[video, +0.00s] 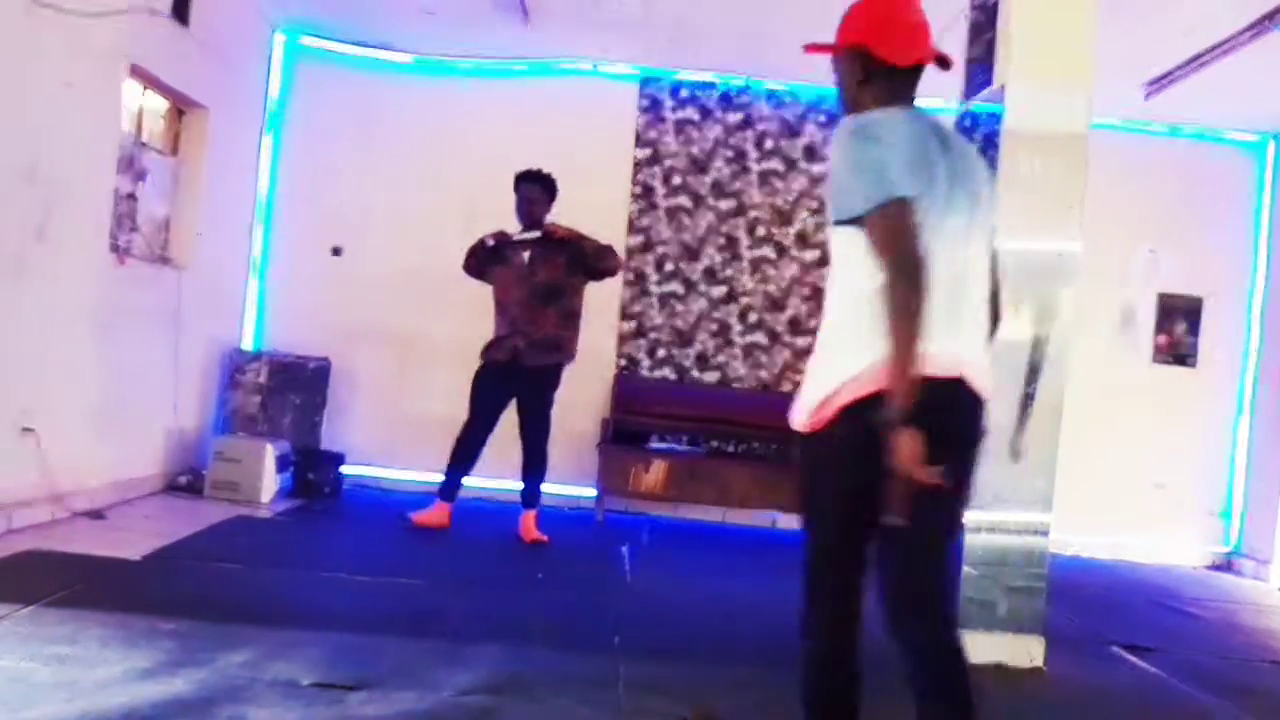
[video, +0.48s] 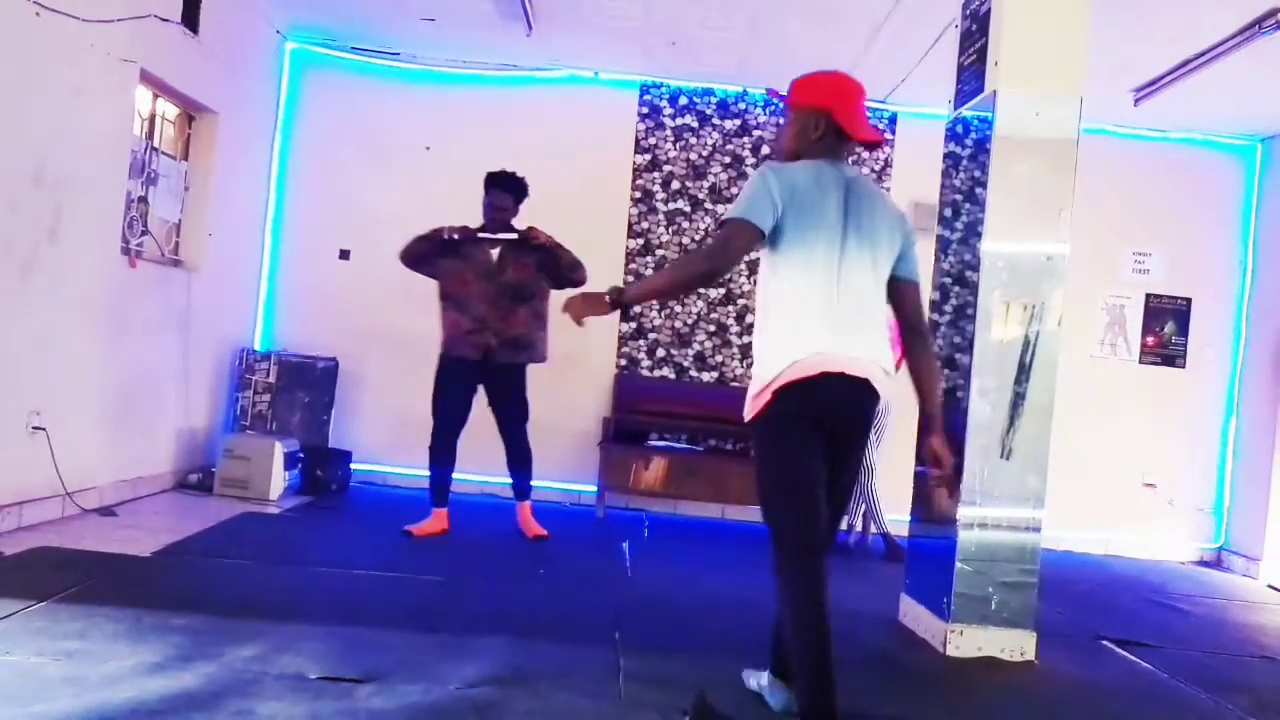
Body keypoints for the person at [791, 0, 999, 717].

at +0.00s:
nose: (834, 75)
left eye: (839, 64)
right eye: (836, 63)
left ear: (857, 66)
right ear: (916, 71)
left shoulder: (866, 134)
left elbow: (902, 262)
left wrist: (904, 413)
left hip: (859, 406)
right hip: (947, 404)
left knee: (829, 613)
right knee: (922, 612)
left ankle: (829, 714)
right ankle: (950, 715)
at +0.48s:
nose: (780, 132)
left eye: (790, 120)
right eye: (787, 119)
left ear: (814, 125)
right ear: (847, 135)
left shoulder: (782, 180)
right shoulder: (892, 215)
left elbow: (714, 259)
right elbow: (916, 329)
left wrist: (619, 299)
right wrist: (933, 423)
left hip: (794, 386)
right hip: (861, 397)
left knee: (801, 557)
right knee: (806, 550)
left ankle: (818, 708)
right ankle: (782, 680)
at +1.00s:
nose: (722, 157)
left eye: (732, 147)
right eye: (727, 146)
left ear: (758, 156)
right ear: (774, 162)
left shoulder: (742, 212)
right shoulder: (809, 227)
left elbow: (757, 303)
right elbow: (813, 318)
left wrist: (772, 398)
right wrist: (814, 392)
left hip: (738, 384)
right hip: (792, 384)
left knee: (720, 512)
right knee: (778, 523)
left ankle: (714, 628)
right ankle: (785, 659)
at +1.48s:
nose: (691, 179)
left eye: (703, 171)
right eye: (691, 170)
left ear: (728, 181)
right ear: (692, 177)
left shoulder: (729, 228)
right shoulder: (705, 232)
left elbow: (738, 309)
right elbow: (713, 317)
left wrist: (666, 335)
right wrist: (668, 355)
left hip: (731, 385)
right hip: (710, 384)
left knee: (692, 489)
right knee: (689, 486)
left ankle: (714, 619)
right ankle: (693, 581)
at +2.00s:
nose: (676, 201)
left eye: (684, 193)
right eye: (669, 193)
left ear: (699, 199)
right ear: (657, 199)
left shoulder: (723, 247)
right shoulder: (640, 255)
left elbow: (745, 314)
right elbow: (641, 324)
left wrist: (729, 278)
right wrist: (615, 299)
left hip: (718, 386)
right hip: (666, 384)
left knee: (714, 477)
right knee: (671, 484)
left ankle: (724, 552)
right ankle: (686, 579)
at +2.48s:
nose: (689, 211)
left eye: (697, 205)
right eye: (683, 202)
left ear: (707, 213)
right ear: (668, 206)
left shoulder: (707, 262)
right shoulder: (646, 246)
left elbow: (715, 319)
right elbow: (650, 305)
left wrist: (726, 349)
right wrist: (702, 278)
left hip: (682, 380)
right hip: (640, 374)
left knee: (670, 469)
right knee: (641, 465)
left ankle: (646, 550)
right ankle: (618, 545)